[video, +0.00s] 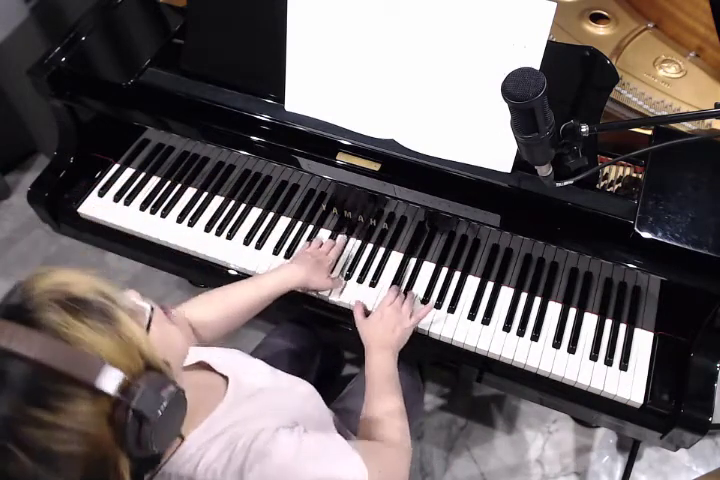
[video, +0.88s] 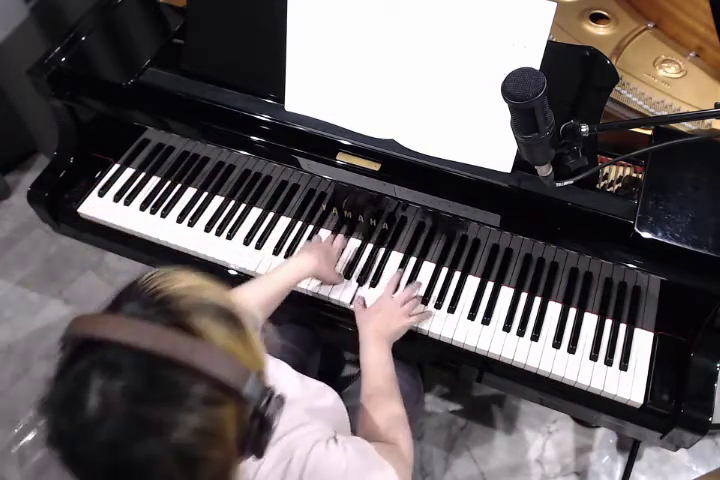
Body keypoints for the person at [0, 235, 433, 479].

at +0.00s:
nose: (151, 300)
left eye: (133, 300)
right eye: (141, 313)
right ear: (140, 378)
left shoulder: (141, 387)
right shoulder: (268, 460)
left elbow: (184, 325)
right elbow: (385, 468)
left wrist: (291, 274)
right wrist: (382, 354)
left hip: (261, 377)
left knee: (306, 310)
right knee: (397, 365)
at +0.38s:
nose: (170, 320)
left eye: (150, 321)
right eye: (159, 338)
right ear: (162, 406)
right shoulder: (265, 464)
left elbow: (189, 308)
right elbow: (381, 466)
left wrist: (300, 259)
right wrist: (372, 348)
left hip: (262, 373)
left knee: (304, 322)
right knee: (399, 368)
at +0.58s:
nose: (206, 340)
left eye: (189, 335)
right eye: (202, 353)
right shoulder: (288, 468)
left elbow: (214, 302)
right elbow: (379, 461)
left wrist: (312, 240)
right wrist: (364, 341)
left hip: (261, 368)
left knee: (298, 331)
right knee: (397, 368)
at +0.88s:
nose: (235, 307)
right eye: (238, 348)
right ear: (229, 445)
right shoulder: (311, 461)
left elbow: (228, 317)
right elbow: (393, 461)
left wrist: (299, 268)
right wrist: (378, 341)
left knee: (297, 318)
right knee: (396, 365)